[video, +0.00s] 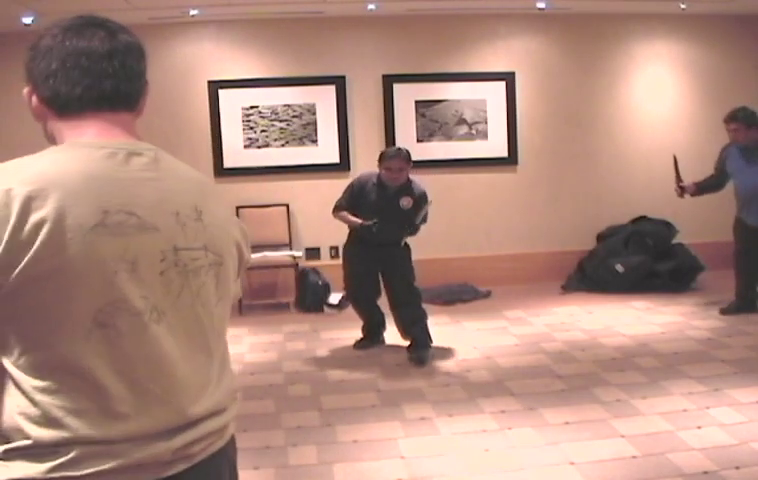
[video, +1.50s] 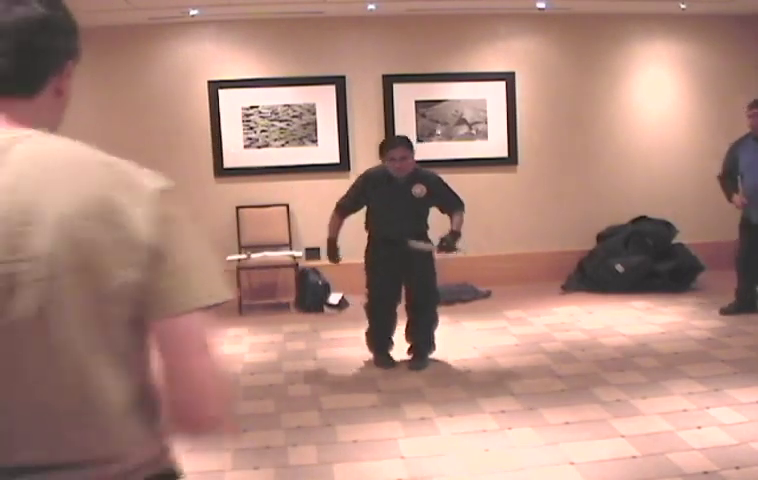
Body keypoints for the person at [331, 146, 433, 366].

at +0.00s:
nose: (393, 175)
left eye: (399, 170)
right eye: (388, 169)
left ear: (409, 170)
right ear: (379, 168)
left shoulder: (417, 194)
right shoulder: (364, 182)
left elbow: (413, 229)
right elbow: (338, 210)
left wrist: (408, 213)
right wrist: (358, 222)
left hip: (393, 248)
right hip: (360, 247)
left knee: (404, 296)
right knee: (359, 294)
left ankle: (419, 344)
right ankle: (373, 331)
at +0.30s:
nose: (401, 171)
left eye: (408, 165)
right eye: (397, 165)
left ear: (419, 166)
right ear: (389, 163)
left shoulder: (426, 189)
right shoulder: (375, 178)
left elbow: (432, 221)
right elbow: (348, 204)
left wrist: (414, 230)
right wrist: (363, 217)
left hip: (403, 246)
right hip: (370, 245)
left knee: (412, 296)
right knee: (365, 291)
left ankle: (419, 348)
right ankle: (371, 332)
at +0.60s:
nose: (403, 167)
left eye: (409, 162)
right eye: (399, 161)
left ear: (424, 161)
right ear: (394, 159)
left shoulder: (432, 183)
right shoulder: (384, 175)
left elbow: (418, 223)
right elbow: (366, 199)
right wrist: (369, 211)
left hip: (412, 247)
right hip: (380, 245)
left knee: (417, 300)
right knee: (366, 287)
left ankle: (418, 349)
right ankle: (364, 329)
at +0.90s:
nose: (405, 174)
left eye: (411, 169)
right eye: (400, 168)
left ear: (426, 166)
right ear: (395, 165)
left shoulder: (438, 189)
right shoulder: (386, 179)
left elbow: (425, 227)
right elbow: (369, 201)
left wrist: (395, 243)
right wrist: (371, 219)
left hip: (417, 246)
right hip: (384, 242)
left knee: (421, 298)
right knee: (368, 289)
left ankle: (419, 349)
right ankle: (363, 328)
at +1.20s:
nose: (405, 169)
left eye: (411, 163)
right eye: (400, 163)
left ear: (424, 161)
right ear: (394, 162)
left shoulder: (437, 185)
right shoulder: (383, 179)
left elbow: (453, 223)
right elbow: (361, 209)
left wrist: (438, 254)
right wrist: (367, 243)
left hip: (420, 249)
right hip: (384, 248)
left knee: (423, 302)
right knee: (369, 294)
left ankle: (419, 350)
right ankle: (362, 329)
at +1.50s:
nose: (399, 165)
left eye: (404, 158)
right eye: (392, 160)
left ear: (413, 158)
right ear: (384, 161)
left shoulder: (426, 180)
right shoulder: (371, 180)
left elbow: (455, 207)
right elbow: (341, 210)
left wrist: (454, 233)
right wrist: (331, 240)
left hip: (417, 251)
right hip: (381, 252)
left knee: (422, 301)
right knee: (381, 301)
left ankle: (420, 350)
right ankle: (380, 349)